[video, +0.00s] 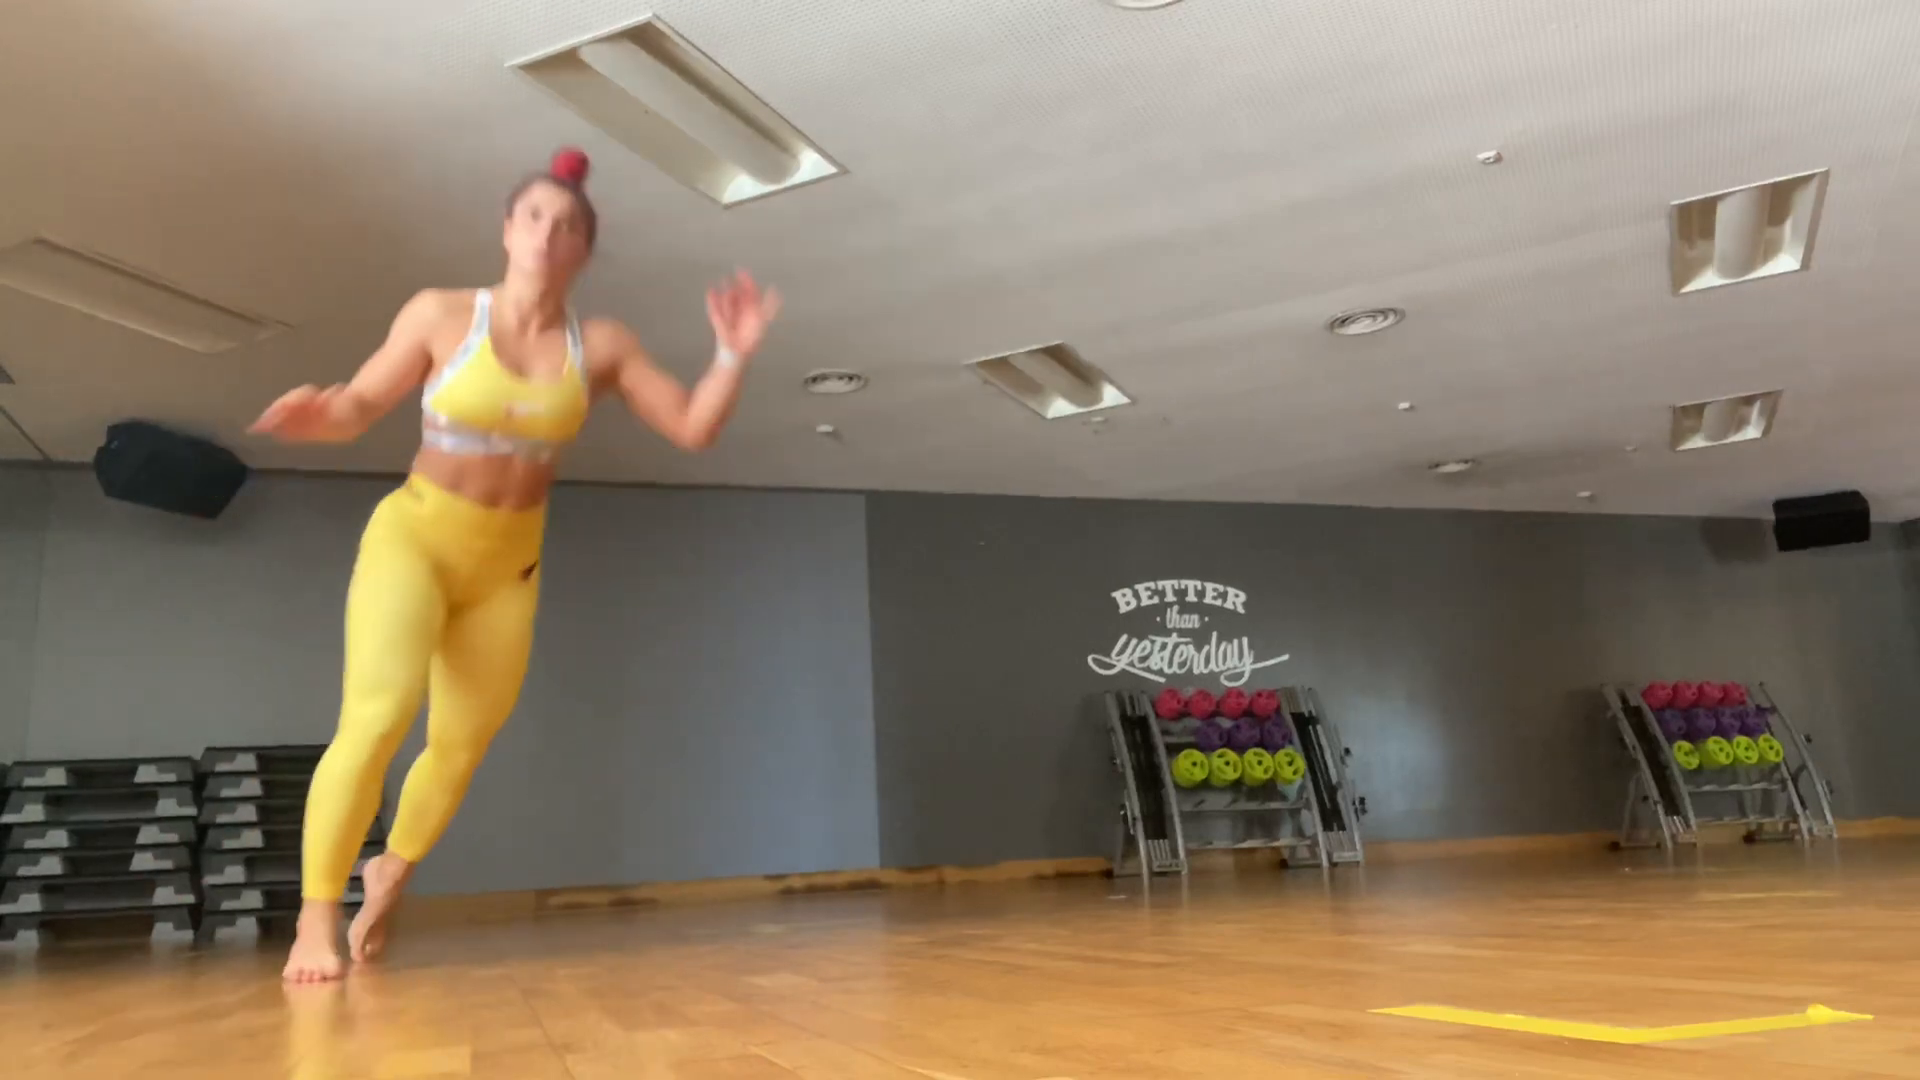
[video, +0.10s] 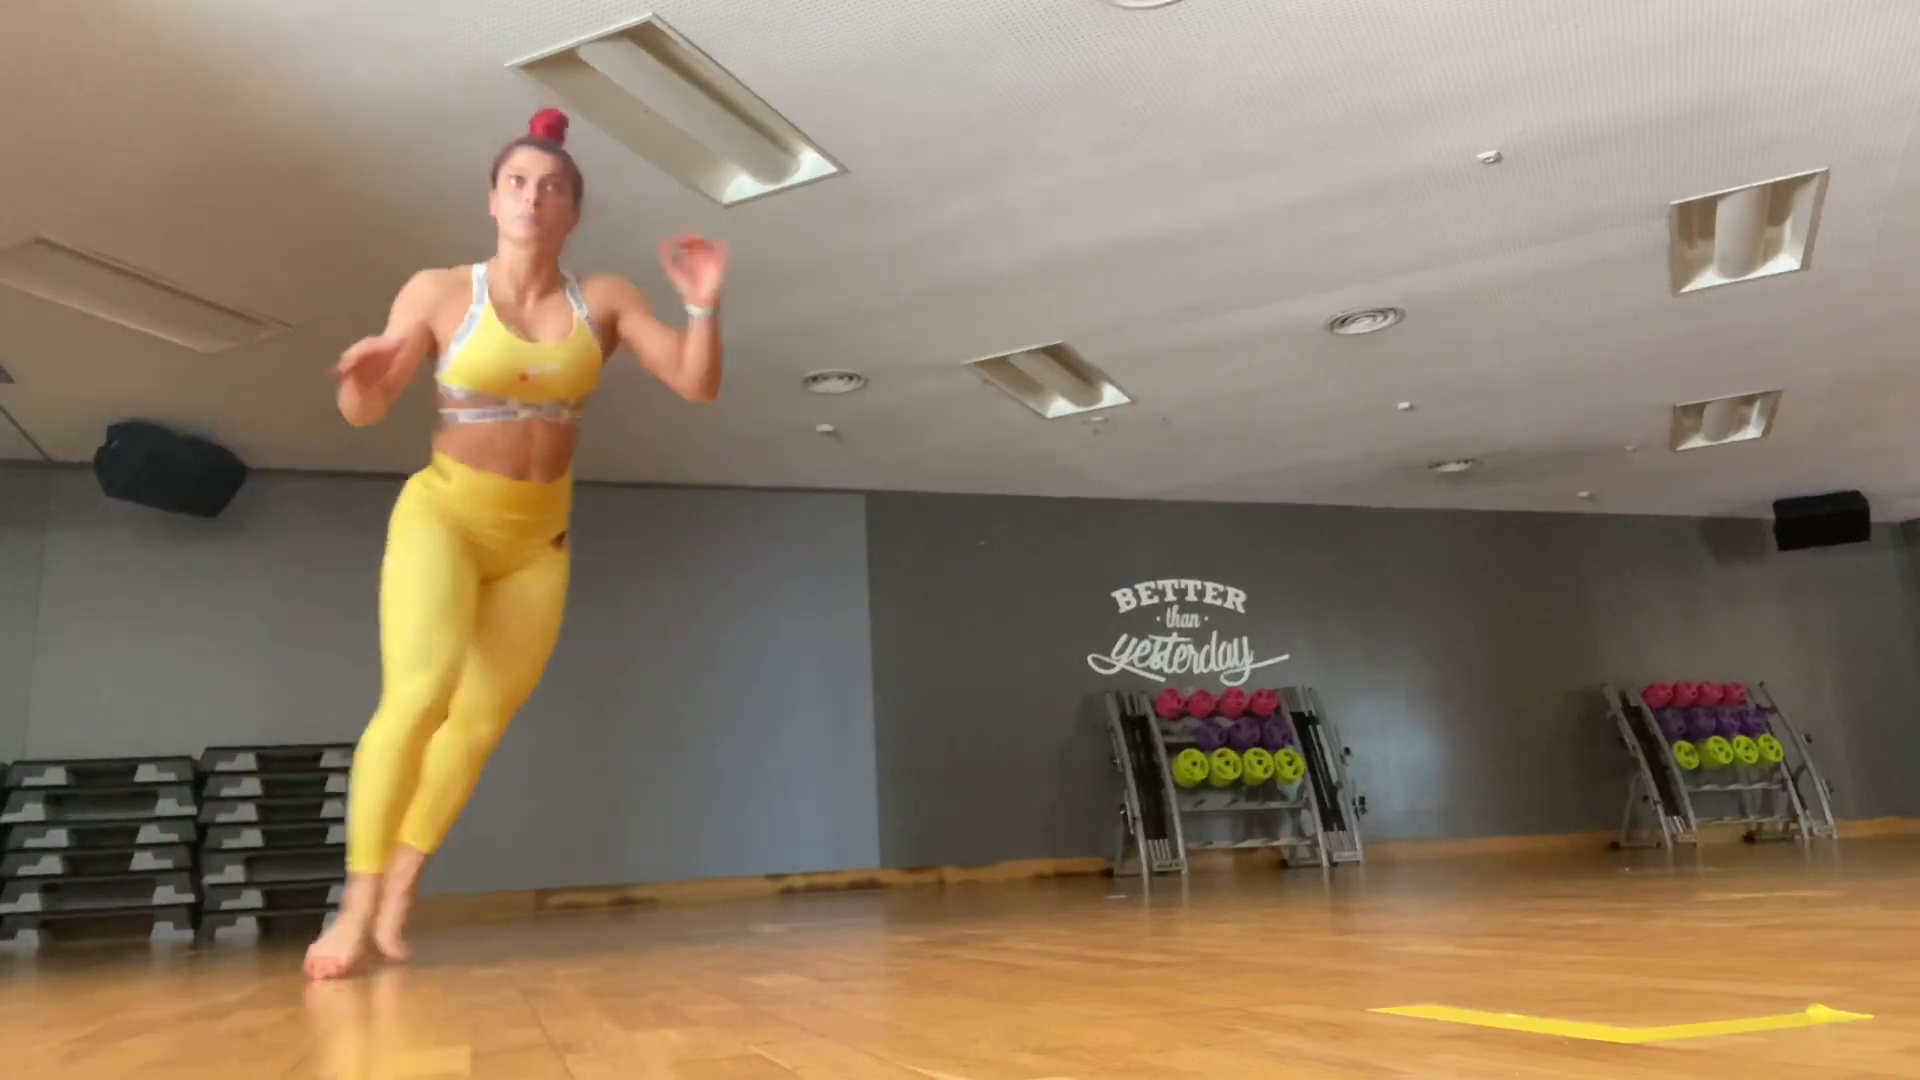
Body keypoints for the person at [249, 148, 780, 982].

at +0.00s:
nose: (546, 230)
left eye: (565, 223)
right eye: (533, 215)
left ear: (584, 252)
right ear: (505, 229)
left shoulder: (601, 344)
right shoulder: (440, 315)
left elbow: (692, 428)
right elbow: (359, 402)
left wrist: (732, 356)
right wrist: (321, 412)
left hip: (509, 567)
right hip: (415, 539)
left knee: (456, 757)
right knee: (375, 717)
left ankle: (387, 880)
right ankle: (316, 918)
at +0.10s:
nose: (533, 194)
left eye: (552, 185)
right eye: (518, 180)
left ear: (574, 211)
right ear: (492, 200)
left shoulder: (603, 298)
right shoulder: (438, 291)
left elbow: (695, 380)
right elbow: (364, 411)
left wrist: (702, 307)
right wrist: (360, 383)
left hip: (537, 542)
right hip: (441, 519)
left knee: (476, 728)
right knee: (418, 694)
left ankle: (399, 882)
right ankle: (357, 901)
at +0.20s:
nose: (523, 206)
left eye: (542, 197)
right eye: (507, 195)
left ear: (568, 227)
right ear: (484, 218)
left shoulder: (603, 311)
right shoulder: (445, 313)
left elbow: (698, 403)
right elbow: (384, 433)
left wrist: (659, 338)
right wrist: (435, 347)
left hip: (575, 548)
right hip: (479, 537)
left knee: (545, 742)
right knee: (467, 707)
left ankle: (443, 887)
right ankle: (447, 911)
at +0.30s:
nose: (533, 239)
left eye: (551, 228)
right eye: (516, 226)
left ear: (576, 258)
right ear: (491, 249)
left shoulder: (609, 343)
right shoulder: (451, 356)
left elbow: (696, 448)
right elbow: (428, 454)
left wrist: (650, 387)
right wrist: (503, 361)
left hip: (600, 565)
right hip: (499, 559)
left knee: (618, 744)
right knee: (475, 716)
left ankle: (520, 886)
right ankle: (448, 923)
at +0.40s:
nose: (594, 268)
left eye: (613, 258)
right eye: (576, 254)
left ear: (634, 286)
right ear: (547, 277)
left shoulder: (667, 367)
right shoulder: (501, 376)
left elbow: (724, 488)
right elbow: (498, 487)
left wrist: (683, 430)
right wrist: (570, 441)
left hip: (654, 572)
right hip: (546, 573)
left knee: (724, 727)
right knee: (490, 720)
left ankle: (695, 883)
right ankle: (451, 928)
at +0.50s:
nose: (670, 290)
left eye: (688, 278)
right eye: (653, 274)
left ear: (706, 305)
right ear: (620, 293)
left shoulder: (726, 386)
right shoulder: (563, 391)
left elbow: (778, 487)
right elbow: (516, 512)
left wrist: (728, 409)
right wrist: (537, 521)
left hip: (691, 591)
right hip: (583, 588)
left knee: (798, 727)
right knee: (522, 727)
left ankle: (862, 879)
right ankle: (459, 926)